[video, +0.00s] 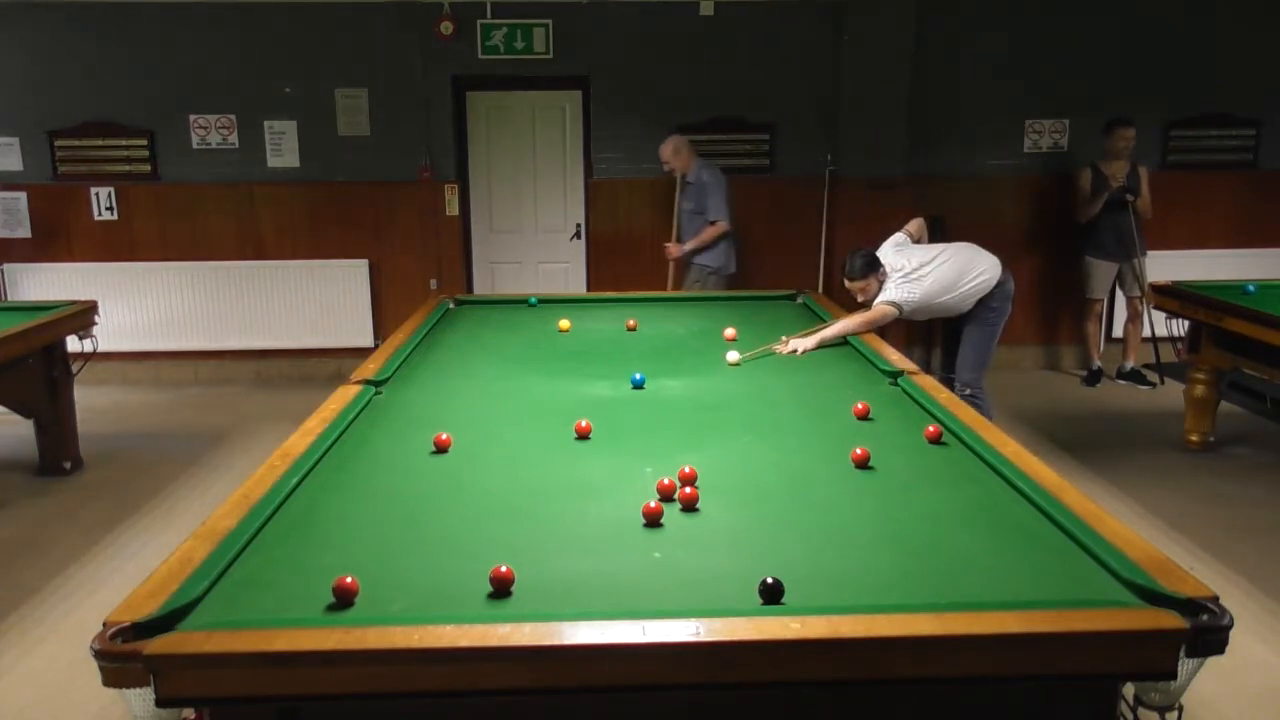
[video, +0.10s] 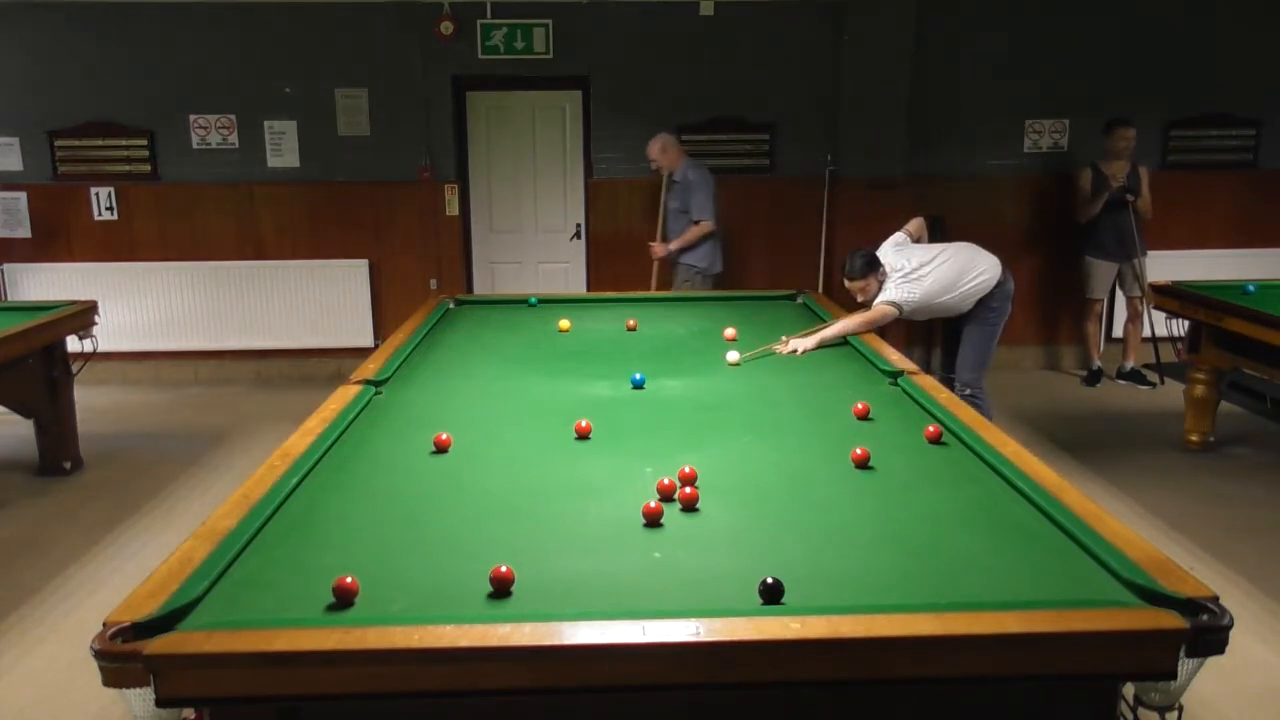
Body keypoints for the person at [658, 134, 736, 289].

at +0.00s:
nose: (666, 169)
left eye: (668, 162)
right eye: (664, 163)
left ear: (683, 155)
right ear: (682, 156)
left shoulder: (708, 176)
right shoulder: (692, 177)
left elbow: (722, 224)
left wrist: (685, 248)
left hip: (712, 264)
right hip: (700, 262)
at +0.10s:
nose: (653, 167)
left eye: (655, 160)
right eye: (651, 162)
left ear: (669, 152)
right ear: (669, 153)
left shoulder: (695, 175)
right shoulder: (681, 176)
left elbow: (707, 224)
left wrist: (670, 247)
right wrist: (667, 247)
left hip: (697, 265)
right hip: (686, 262)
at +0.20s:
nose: (641, 166)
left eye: (643, 159)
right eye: (639, 161)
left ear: (659, 152)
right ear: (659, 153)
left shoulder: (684, 174)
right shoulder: (670, 175)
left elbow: (691, 223)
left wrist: (655, 248)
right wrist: (654, 247)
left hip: (686, 264)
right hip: (674, 261)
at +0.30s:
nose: (629, 165)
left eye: (631, 159)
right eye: (627, 160)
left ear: (647, 152)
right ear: (645, 153)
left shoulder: (672, 175)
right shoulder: (657, 176)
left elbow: (677, 224)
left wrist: (642, 248)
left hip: (676, 266)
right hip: (662, 262)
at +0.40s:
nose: (615, 167)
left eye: (618, 162)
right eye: (614, 162)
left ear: (634, 154)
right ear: (632, 155)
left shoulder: (659, 176)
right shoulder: (643, 178)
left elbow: (665, 225)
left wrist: (632, 251)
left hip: (666, 268)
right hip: (651, 265)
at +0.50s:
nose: (603, 170)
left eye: (605, 164)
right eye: (601, 165)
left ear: (621, 156)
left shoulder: (646, 178)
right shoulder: (628, 181)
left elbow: (655, 225)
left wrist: (623, 253)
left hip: (653, 269)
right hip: (637, 266)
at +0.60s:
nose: (590, 170)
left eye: (592, 163)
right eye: (588, 165)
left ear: (607, 155)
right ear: (605, 156)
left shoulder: (634, 178)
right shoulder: (614, 183)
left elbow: (645, 223)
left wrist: (615, 253)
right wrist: (610, 251)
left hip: (639, 268)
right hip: (622, 266)